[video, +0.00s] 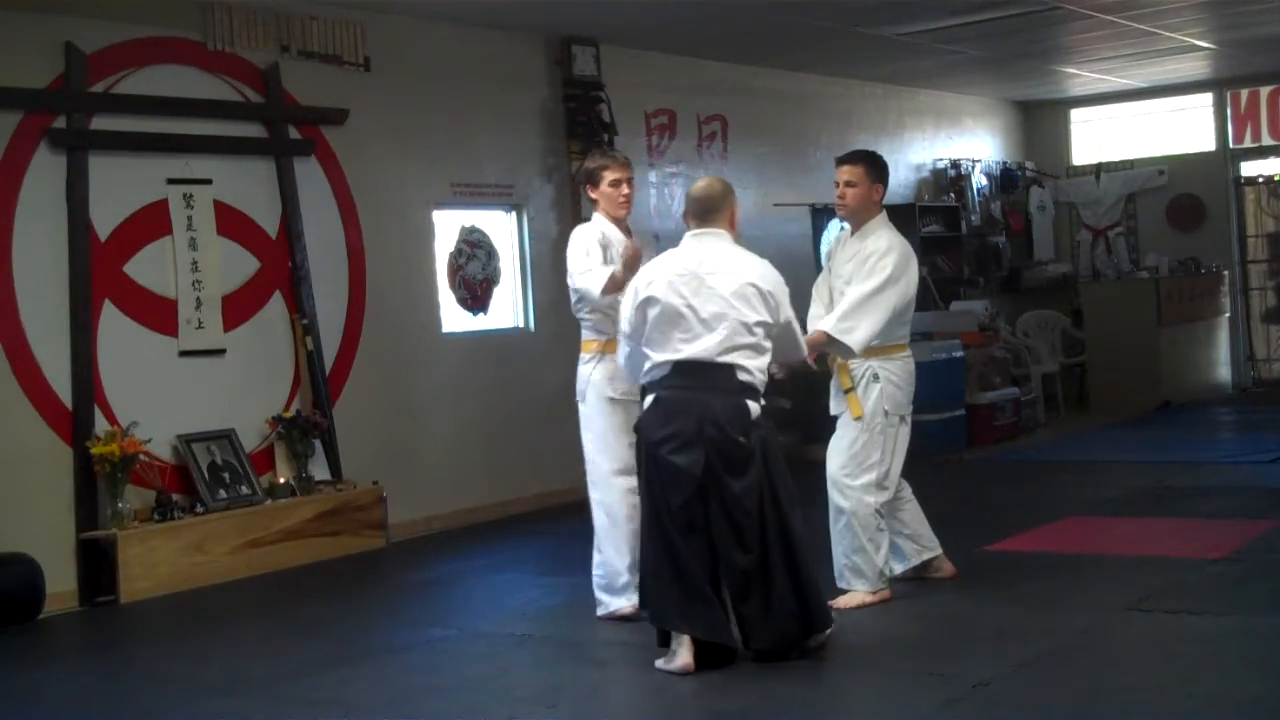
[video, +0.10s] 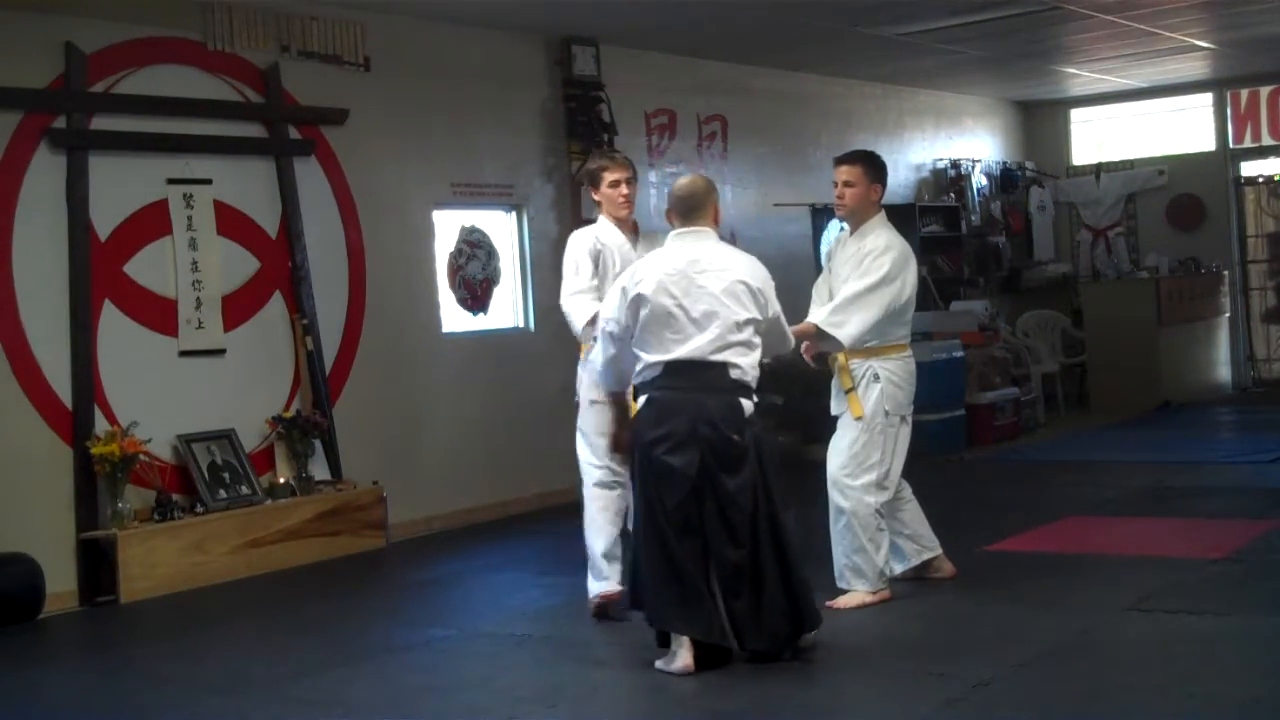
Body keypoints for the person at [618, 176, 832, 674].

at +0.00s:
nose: (738, 221)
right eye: (737, 214)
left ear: (685, 219)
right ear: (733, 216)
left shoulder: (650, 276)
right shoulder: (761, 273)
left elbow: (631, 360)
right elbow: (791, 354)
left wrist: (673, 372)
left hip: (668, 410)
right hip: (737, 409)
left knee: (675, 526)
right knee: (755, 519)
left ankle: (683, 644)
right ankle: (792, 625)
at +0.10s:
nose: (720, 218)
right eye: (720, 211)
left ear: (669, 217)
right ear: (717, 214)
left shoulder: (641, 273)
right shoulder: (748, 268)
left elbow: (613, 355)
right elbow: (779, 345)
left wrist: (619, 420)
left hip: (663, 409)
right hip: (730, 407)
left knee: (667, 527)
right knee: (741, 519)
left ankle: (682, 645)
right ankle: (767, 627)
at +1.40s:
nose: (710, 236)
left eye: (710, 230)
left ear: (713, 233)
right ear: (758, 237)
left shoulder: (683, 285)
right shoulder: (779, 285)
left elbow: (651, 350)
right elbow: (807, 357)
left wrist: (640, 408)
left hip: (699, 394)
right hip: (758, 393)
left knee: (709, 499)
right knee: (762, 502)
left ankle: (727, 600)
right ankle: (760, 611)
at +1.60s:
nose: (700, 247)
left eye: (698, 242)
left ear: (701, 243)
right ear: (743, 244)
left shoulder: (679, 288)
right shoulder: (768, 283)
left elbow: (640, 338)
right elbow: (816, 353)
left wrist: (617, 386)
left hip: (707, 386)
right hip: (762, 384)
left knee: (716, 489)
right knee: (774, 487)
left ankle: (731, 584)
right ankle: (778, 562)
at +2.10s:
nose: (702, 252)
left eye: (704, 245)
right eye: (703, 245)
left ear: (721, 245)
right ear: (741, 247)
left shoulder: (715, 283)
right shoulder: (774, 284)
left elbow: (663, 324)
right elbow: (801, 344)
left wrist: (621, 324)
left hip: (767, 388)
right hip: (799, 383)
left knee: (749, 469)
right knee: (788, 472)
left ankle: (754, 560)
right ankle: (791, 554)